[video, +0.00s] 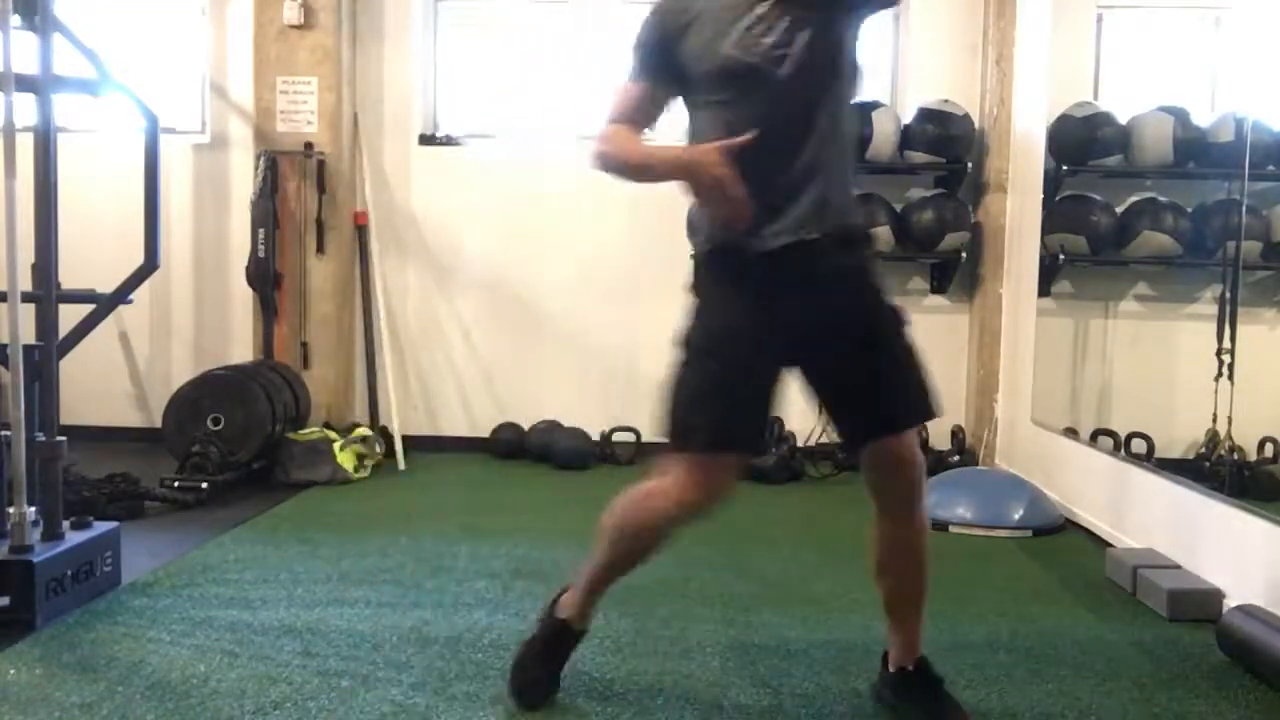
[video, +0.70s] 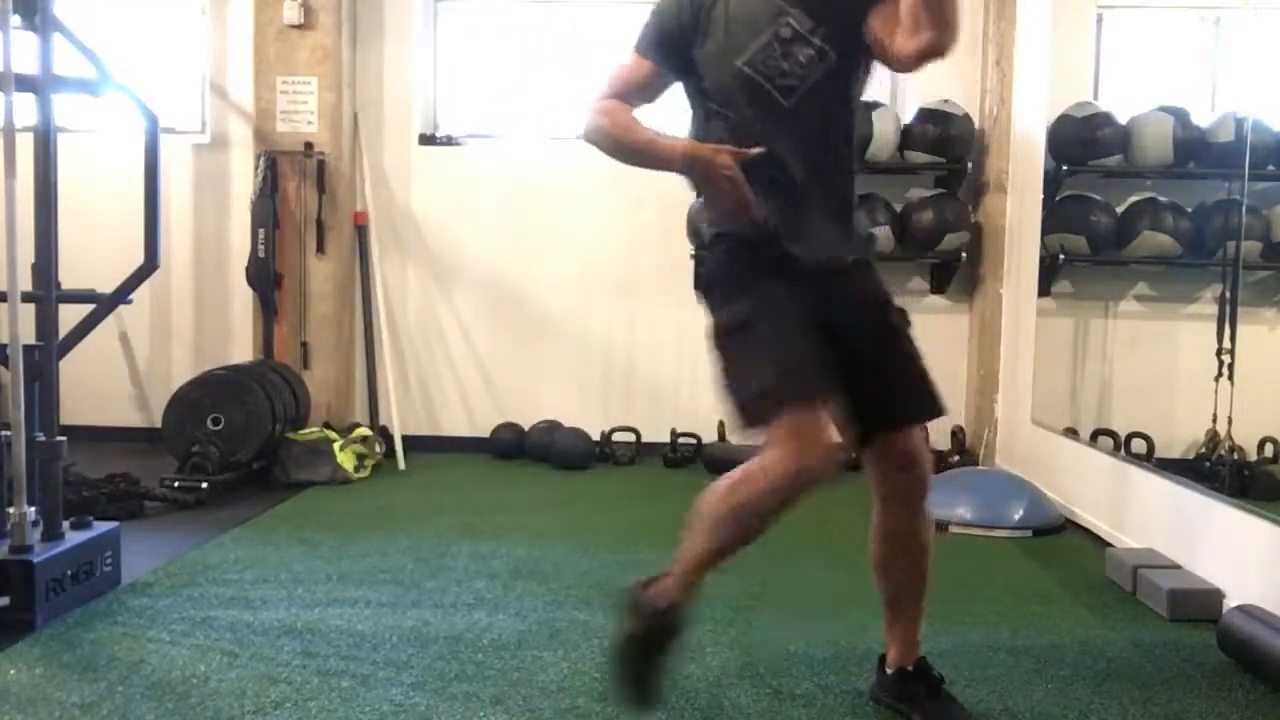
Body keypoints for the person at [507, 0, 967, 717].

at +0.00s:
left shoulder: (837, 7)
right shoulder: (681, 16)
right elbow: (613, 145)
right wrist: (686, 161)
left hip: (834, 266)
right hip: (738, 274)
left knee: (900, 470)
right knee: (695, 480)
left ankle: (905, 667)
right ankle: (571, 611)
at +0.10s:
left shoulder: (872, 4)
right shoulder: (707, 8)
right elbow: (642, 129)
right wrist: (719, 147)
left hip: (858, 242)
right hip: (763, 245)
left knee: (908, 465)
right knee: (804, 453)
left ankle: (904, 667)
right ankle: (642, 580)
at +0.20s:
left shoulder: (894, 5)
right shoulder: (726, 6)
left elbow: (950, 6)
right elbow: (650, 116)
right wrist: (726, 141)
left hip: (857, 233)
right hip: (767, 225)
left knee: (912, 465)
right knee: (905, 341)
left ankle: (903, 665)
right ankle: (777, 534)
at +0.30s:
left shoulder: (902, 8)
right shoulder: (742, 9)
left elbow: (960, 52)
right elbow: (651, 119)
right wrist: (725, 154)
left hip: (873, 265)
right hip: (780, 255)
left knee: (932, 469)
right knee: (958, 191)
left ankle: (901, 667)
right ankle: (888, 429)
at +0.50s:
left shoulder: (891, 14)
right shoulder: (736, 16)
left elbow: (955, 85)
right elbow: (644, 129)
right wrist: (731, 164)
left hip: (868, 272)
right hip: (778, 262)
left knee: (937, 465)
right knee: (959, 216)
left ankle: (902, 666)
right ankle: (887, 445)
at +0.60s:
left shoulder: (884, 9)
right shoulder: (719, 9)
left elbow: (945, 55)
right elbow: (626, 121)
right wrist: (713, 157)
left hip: (846, 243)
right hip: (764, 237)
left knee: (921, 464)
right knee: (904, 351)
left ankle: (904, 665)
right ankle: (775, 538)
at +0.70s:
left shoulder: (856, 7)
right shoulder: (696, 9)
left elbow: (920, 42)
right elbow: (603, 119)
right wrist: (688, 155)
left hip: (837, 253)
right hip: (745, 249)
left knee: (905, 463)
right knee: (805, 448)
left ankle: (903, 666)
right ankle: (661, 599)